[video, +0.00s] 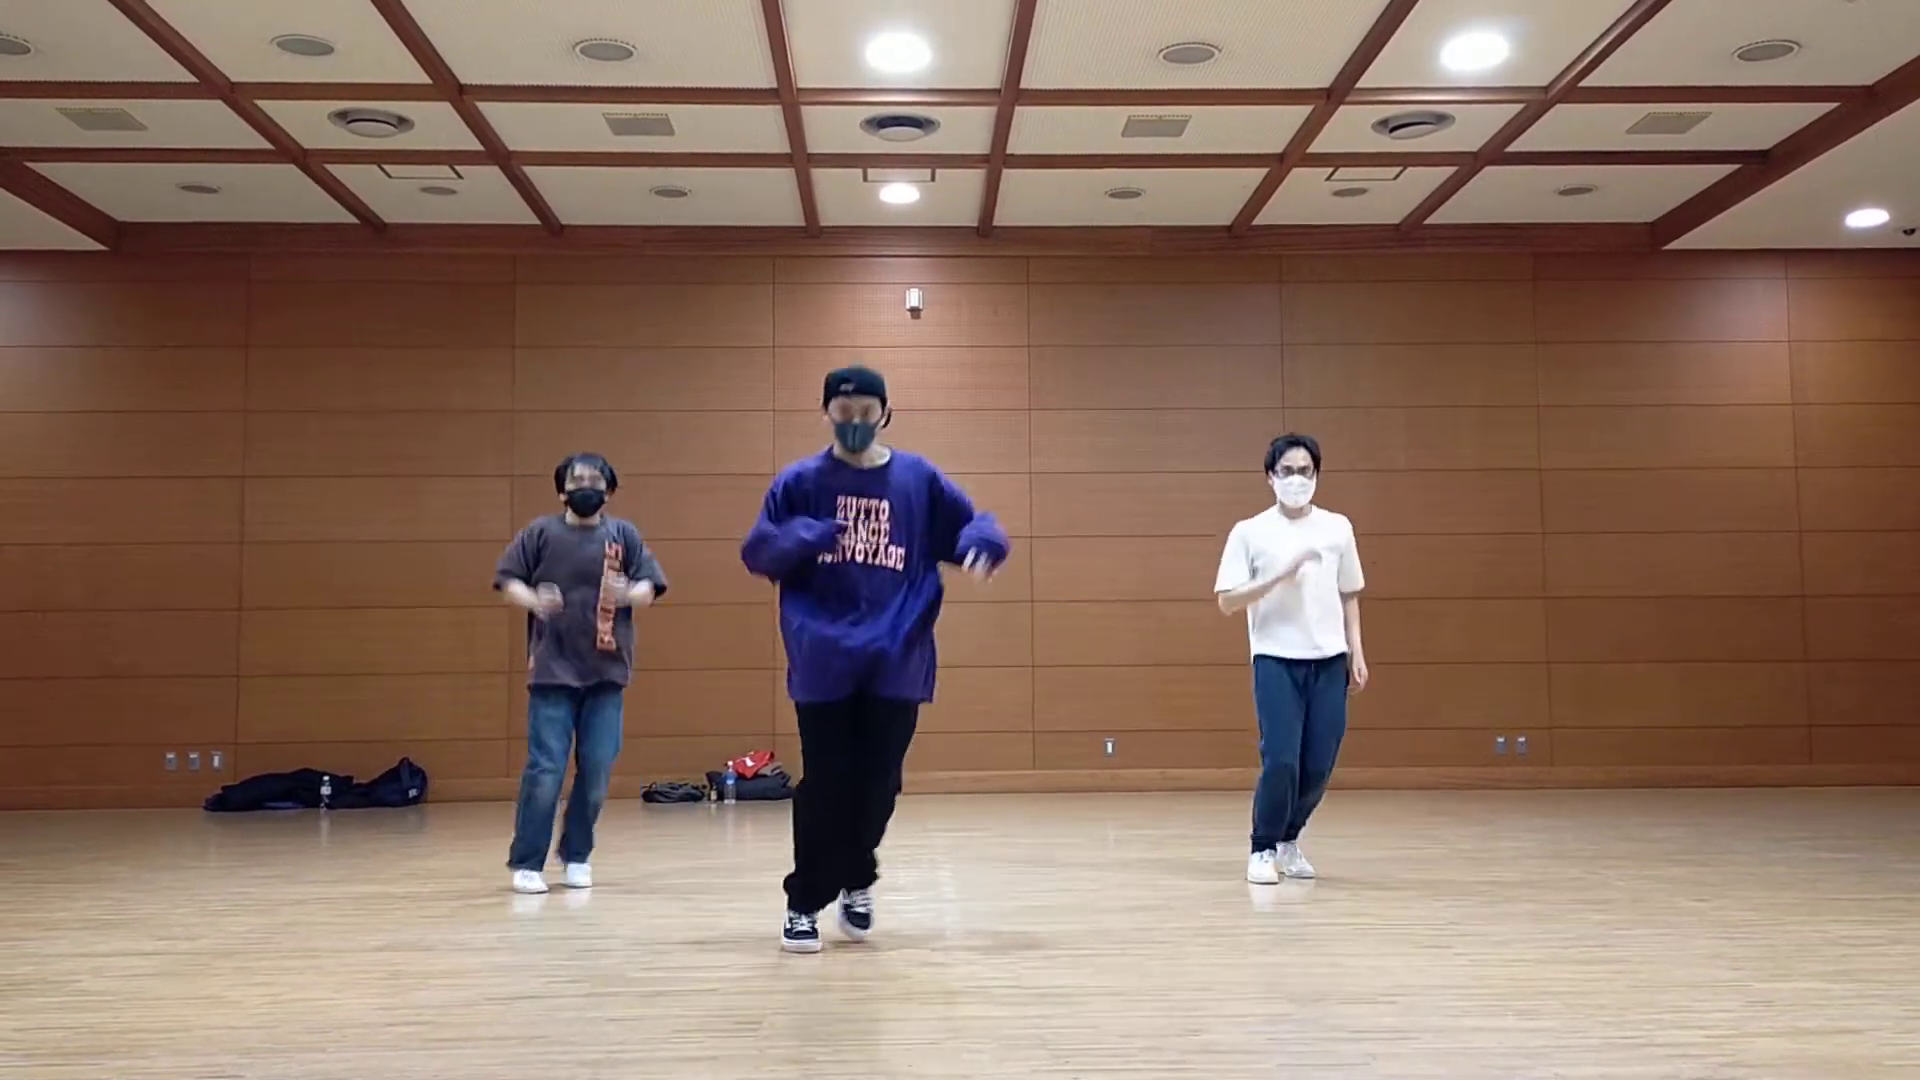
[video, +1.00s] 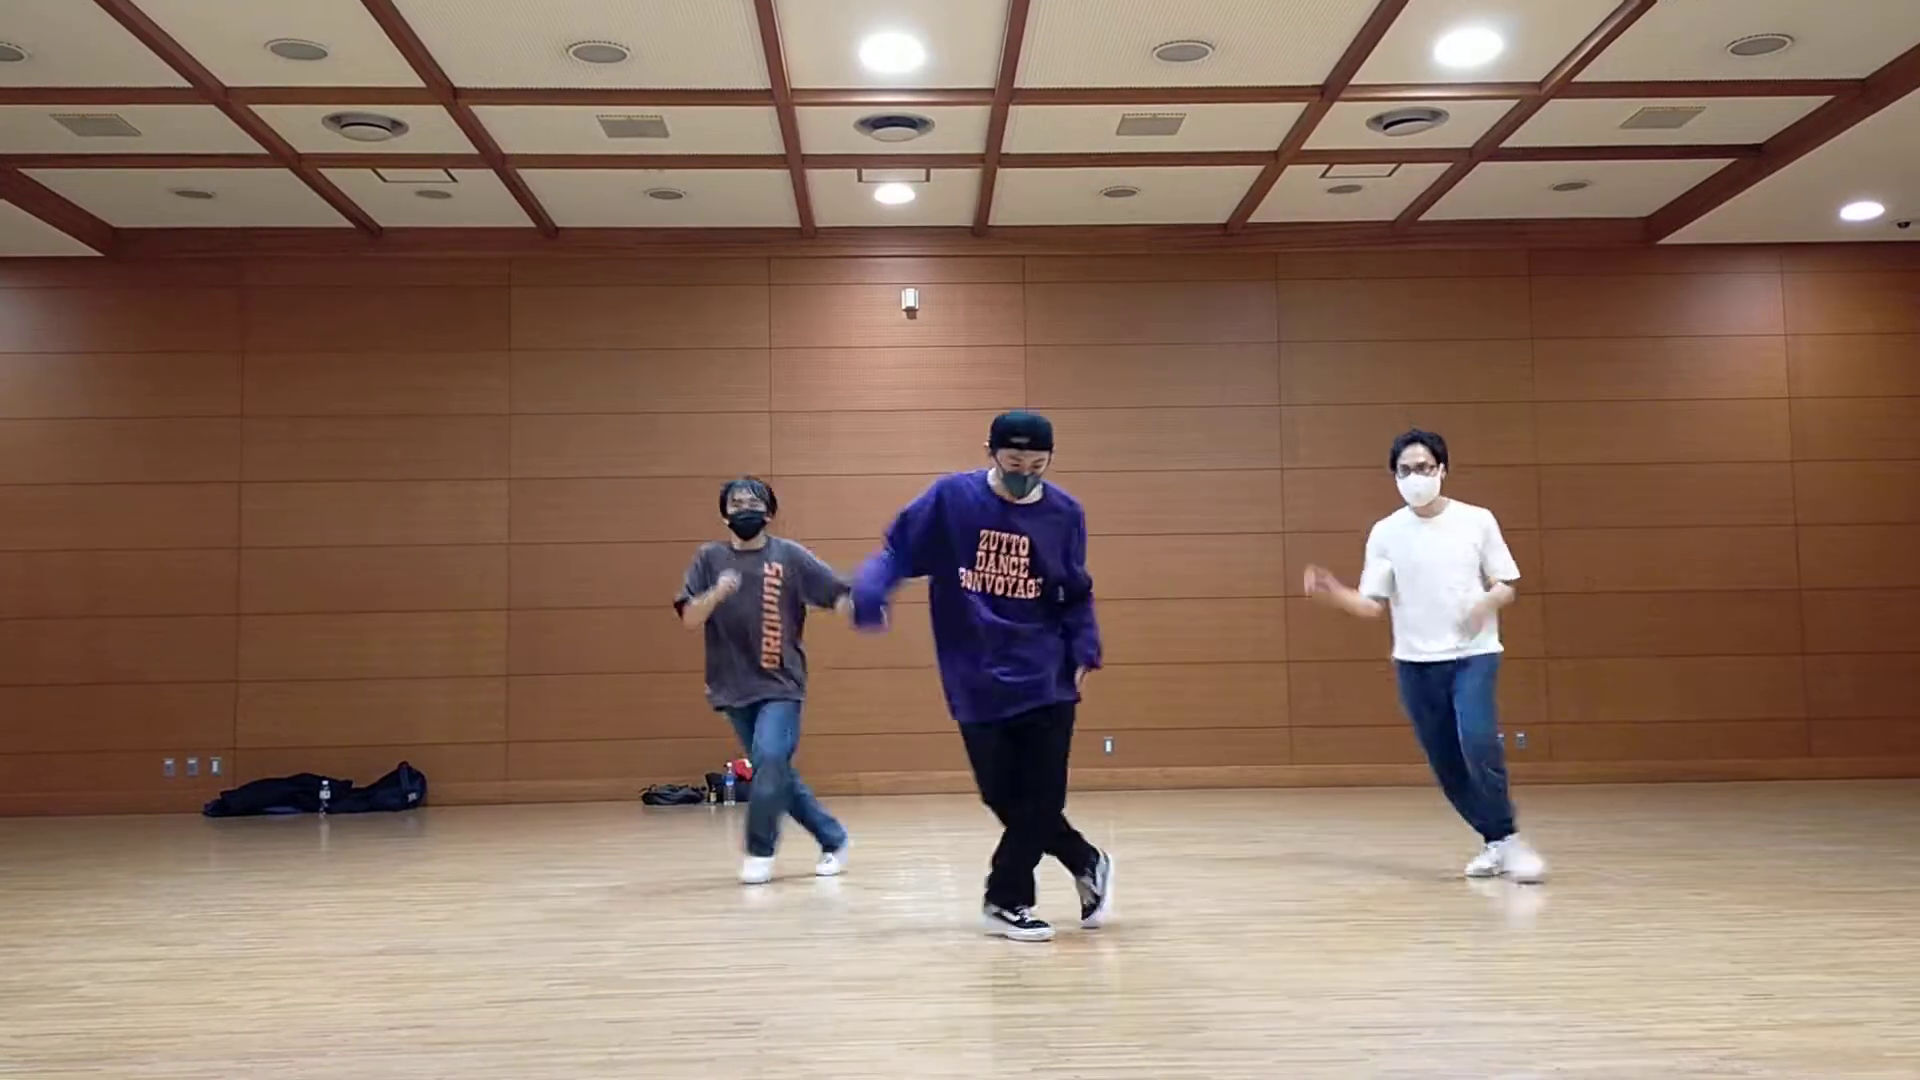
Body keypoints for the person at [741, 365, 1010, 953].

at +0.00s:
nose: (853, 414)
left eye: (865, 404)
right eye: (843, 405)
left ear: (884, 412)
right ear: (827, 413)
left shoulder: (917, 478)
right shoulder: (801, 481)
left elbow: (970, 525)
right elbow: (758, 554)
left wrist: (984, 540)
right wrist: (809, 534)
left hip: (897, 658)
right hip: (822, 657)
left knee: (879, 781)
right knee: (826, 779)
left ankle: (860, 880)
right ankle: (803, 904)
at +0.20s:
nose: (848, 456)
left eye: (858, 447)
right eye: (837, 445)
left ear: (873, 450)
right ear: (818, 447)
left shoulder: (902, 510)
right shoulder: (798, 518)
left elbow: (909, 590)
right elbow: (821, 574)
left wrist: (918, 664)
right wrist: (873, 508)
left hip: (885, 688)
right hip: (821, 688)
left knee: (873, 816)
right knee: (816, 807)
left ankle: (836, 898)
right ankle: (803, 912)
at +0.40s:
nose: (900, 402)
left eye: (911, 394)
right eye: (889, 392)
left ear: (923, 404)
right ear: (867, 397)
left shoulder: (935, 469)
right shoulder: (835, 454)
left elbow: (951, 534)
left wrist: (989, 573)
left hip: (901, 651)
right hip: (829, 648)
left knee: (921, 773)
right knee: (820, 781)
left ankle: (903, 886)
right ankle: (793, 901)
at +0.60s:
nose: (958, 489)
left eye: (968, 480)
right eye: (947, 477)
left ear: (978, 485)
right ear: (925, 475)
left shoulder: (966, 546)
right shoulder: (889, 531)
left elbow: (1002, 604)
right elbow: (861, 617)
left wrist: (1085, 613)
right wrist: (863, 712)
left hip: (907, 697)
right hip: (858, 699)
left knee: (982, 784)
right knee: (824, 813)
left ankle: (991, 910)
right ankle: (741, 917)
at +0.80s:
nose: (1007, 484)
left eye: (1018, 475)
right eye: (997, 472)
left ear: (1029, 478)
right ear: (975, 470)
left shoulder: (1030, 530)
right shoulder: (923, 516)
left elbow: (1035, 613)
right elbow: (842, 562)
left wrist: (1044, 678)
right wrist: (766, 600)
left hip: (987, 676)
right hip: (927, 670)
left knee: (1025, 785)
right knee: (939, 769)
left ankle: (991, 910)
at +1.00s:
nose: (1025, 464)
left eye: (1035, 455)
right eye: (1015, 454)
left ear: (1047, 457)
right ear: (994, 452)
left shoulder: (1064, 514)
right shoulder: (953, 498)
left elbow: (1075, 592)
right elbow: (898, 551)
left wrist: (1083, 651)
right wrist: (867, 590)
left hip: (1044, 676)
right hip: (975, 679)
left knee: (1041, 794)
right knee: (1002, 794)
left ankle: (1006, 900)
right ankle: (1086, 862)